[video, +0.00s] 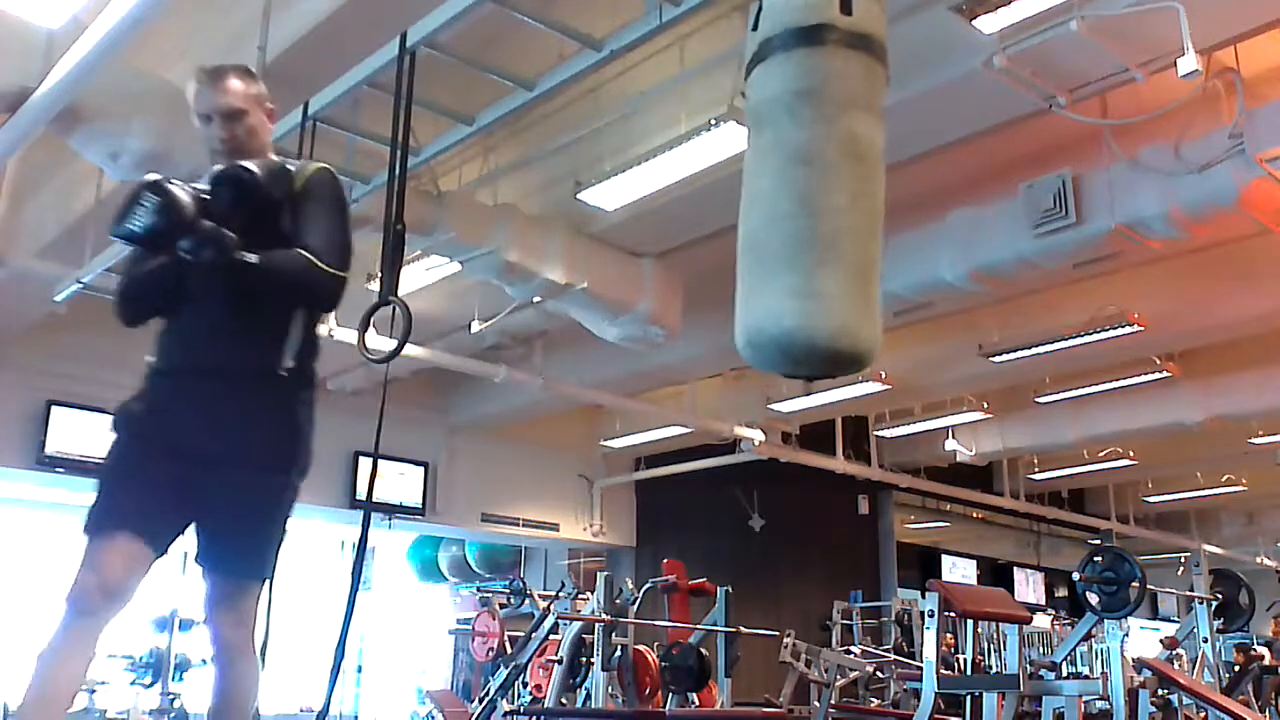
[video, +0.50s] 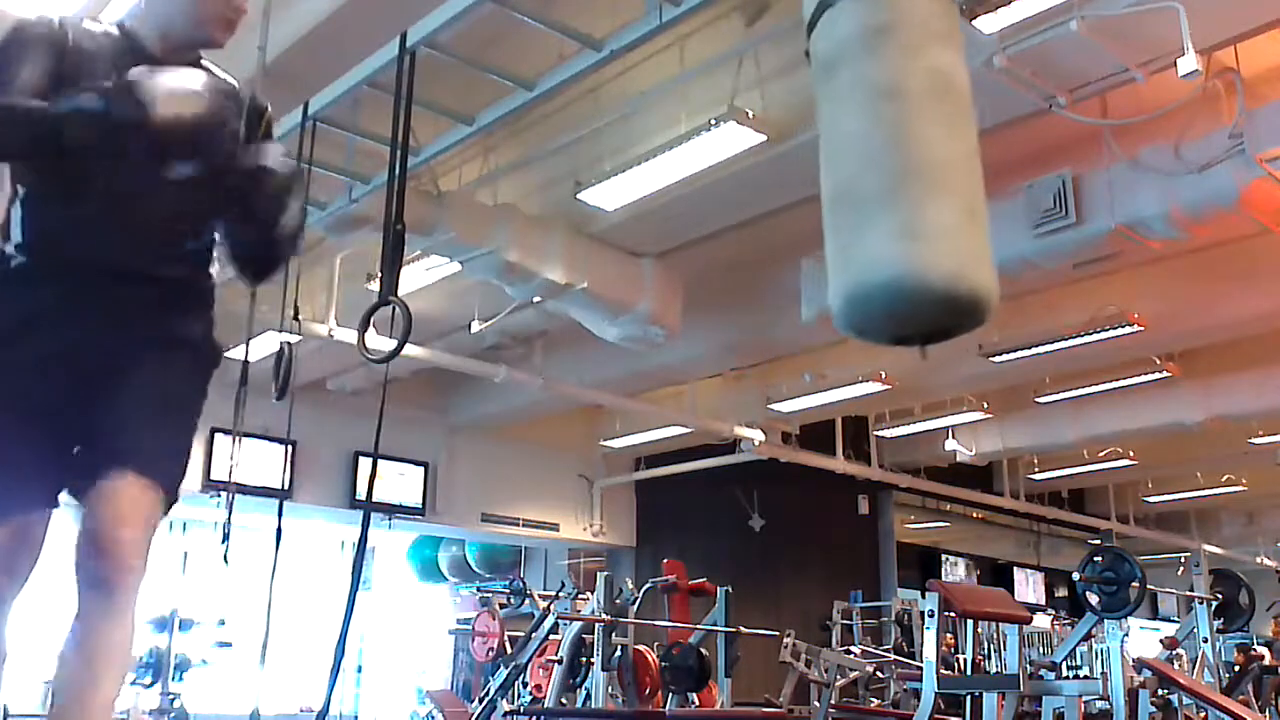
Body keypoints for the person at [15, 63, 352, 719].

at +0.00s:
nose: (223, 130)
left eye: (236, 115)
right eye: (209, 120)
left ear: (271, 113)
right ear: (198, 127)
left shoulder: (312, 184)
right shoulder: (185, 196)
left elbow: (324, 279)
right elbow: (130, 303)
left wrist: (226, 256)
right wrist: (187, 251)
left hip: (259, 426)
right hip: (167, 415)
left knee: (232, 627)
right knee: (94, 593)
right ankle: (28, 716)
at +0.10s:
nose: (197, 113)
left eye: (211, 98)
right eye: (183, 100)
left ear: (248, 103)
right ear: (170, 109)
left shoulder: (286, 179)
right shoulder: (142, 189)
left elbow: (307, 284)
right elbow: (90, 293)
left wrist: (199, 262)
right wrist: (137, 243)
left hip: (230, 424)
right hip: (132, 408)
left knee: (208, 628)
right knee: (59, 592)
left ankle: (215, 718)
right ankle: (19, 712)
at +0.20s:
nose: (181, 84)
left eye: (198, 70)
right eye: (168, 69)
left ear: (226, 81)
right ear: (149, 77)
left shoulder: (266, 168)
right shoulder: (105, 163)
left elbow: (290, 293)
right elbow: (46, 264)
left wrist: (169, 296)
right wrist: (88, 268)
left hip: (195, 412)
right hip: (93, 394)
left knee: (172, 611)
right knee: (28, 571)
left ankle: (193, 715)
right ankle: (8, 706)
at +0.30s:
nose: (190, 47)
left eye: (206, 35)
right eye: (176, 30)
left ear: (225, 46)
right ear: (149, 32)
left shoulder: (254, 149)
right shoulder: (79, 121)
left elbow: (297, 288)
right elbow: (7, 224)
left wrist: (219, 311)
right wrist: (118, 178)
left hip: (179, 391)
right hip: (64, 372)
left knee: (158, 572)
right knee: (22, 561)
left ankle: (157, 706)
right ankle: (2, 702)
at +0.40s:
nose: (227, 19)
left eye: (235, 11)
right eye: (213, 2)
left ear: (236, 30)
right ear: (161, 2)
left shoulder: (250, 127)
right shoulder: (72, 78)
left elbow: (288, 255)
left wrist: (250, 276)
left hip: (171, 352)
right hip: (52, 333)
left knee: (151, 550)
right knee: (16, 556)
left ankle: (111, 713)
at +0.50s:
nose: (239, 14)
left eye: (246, 7)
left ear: (239, 22)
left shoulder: (232, 105)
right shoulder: (52, 38)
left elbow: (257, 259)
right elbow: (7, 128)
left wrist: (257, 202)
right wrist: (117, 111)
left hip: (164, 333)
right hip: (43, 315)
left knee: (116, 547)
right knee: (13, 546)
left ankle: (79, 711)